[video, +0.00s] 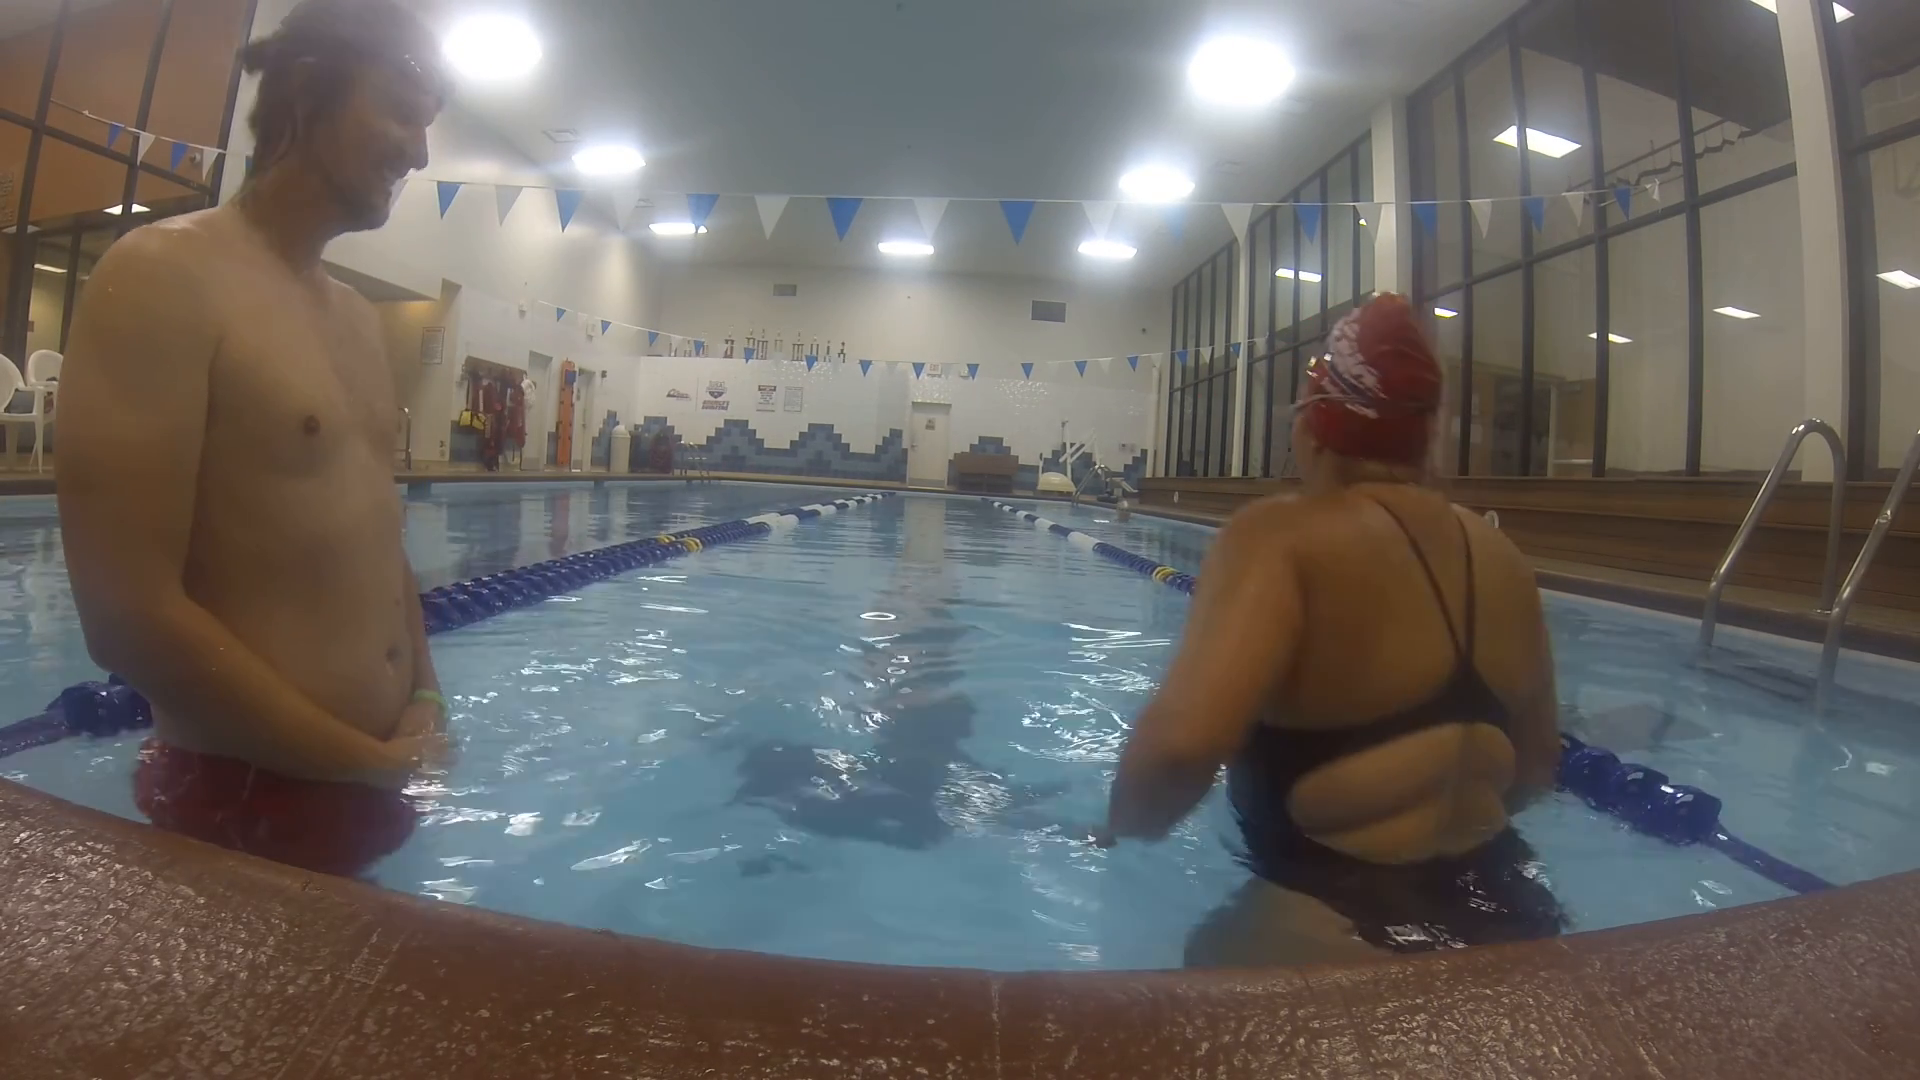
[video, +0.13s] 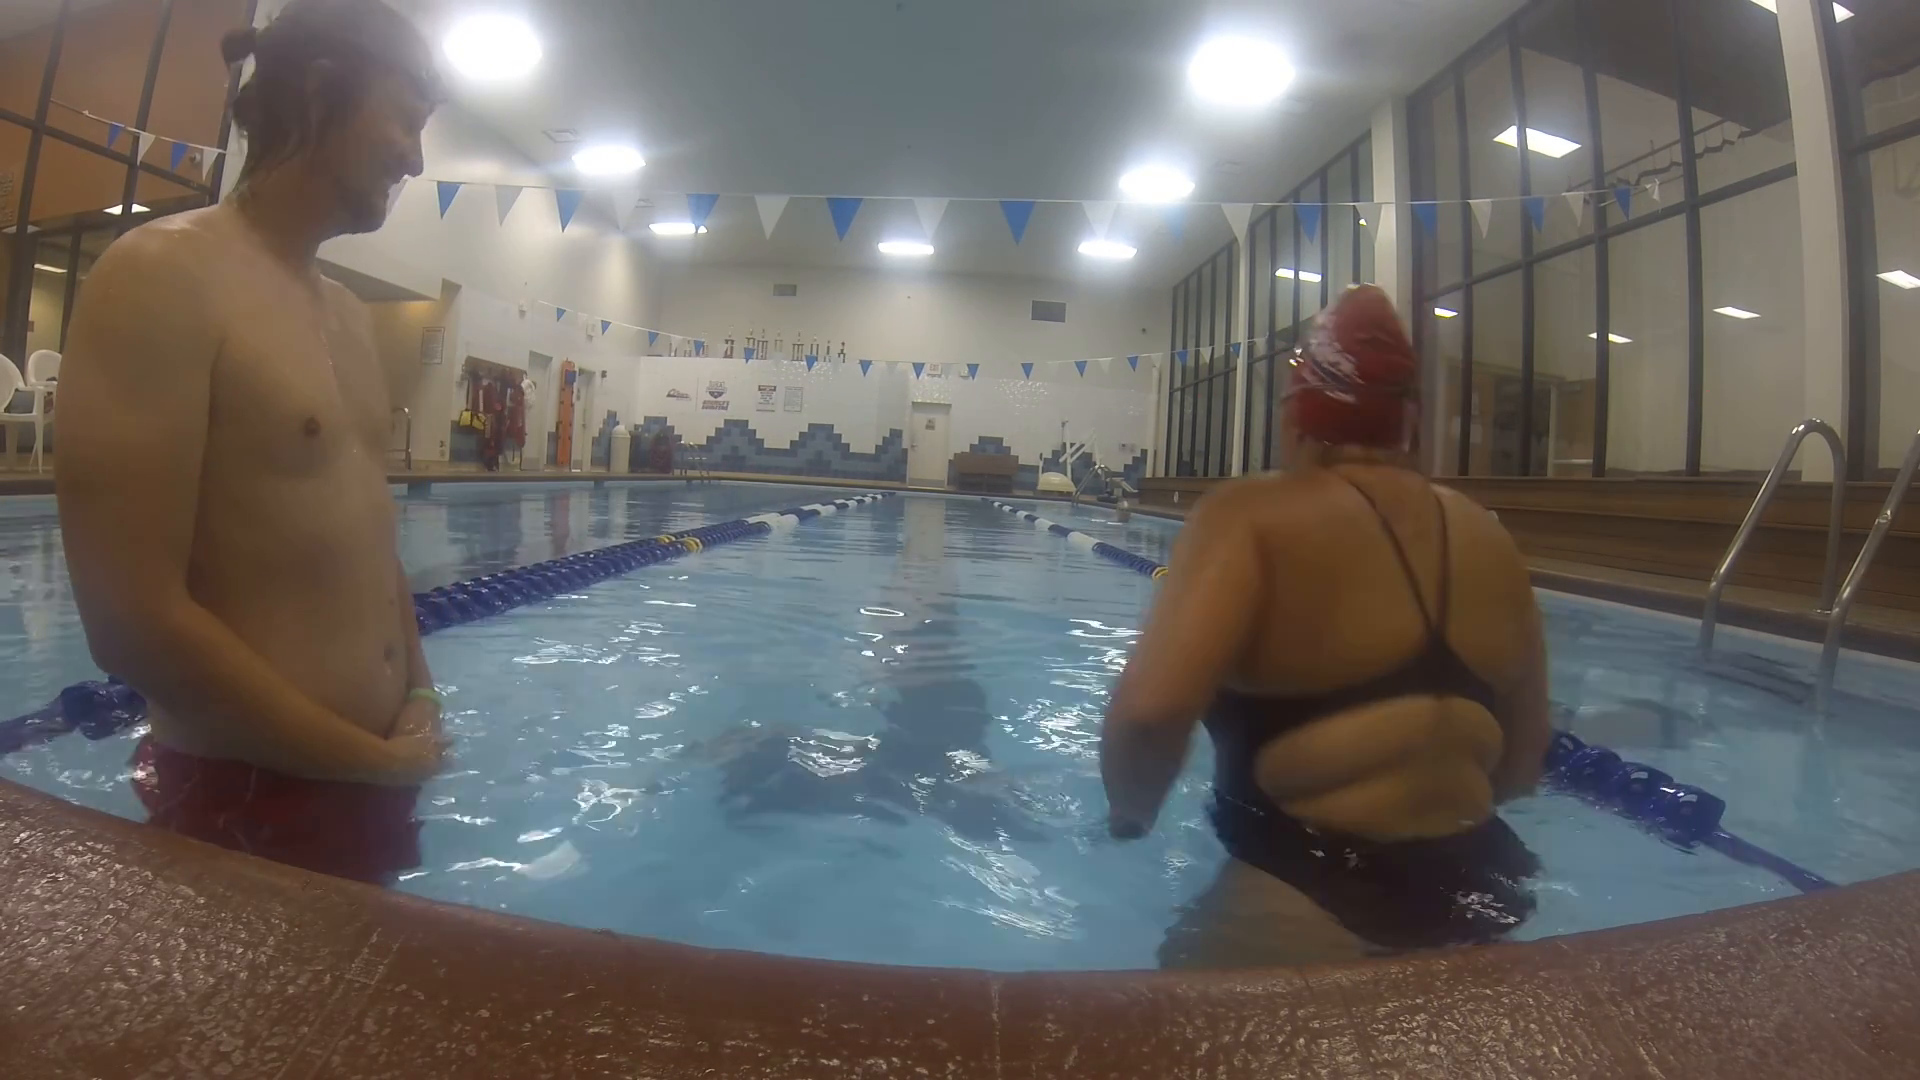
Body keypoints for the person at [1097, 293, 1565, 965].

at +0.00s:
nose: (1294, 424)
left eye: (1301, 407)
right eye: (1303, 404)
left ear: (1311, 424)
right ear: (1424, 433)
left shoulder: (1278, 537)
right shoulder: (1496, 551)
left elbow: (1184, 741)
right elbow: (1534, 758)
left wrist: (1124, 833)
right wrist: (1444, 815)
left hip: (1333, 933)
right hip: (1503, 916)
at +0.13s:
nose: (1283, 415)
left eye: (1288, 398)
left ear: (1300, 411)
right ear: (1406, 416)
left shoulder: (1247, 516)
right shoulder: (1483, 531)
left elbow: (1151, 711)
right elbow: (1521, 759)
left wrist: (1131, 819)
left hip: (1299, 911)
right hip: (1475, 904)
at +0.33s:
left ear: (1245, 439)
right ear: (1352, 442)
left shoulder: (1192, 529)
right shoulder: (1438, 542)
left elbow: (1087, 738)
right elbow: (1468, 749)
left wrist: (1122, 796)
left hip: (1258, 916)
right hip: (1436, 906)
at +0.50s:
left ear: (1206, 531)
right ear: (1301, 534)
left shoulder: (1149, 621)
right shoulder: (1382, 622)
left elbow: (1074, 766)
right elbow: (1412, 749)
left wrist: (1124, 834)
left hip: (1229, 927)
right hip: (1388, 921)